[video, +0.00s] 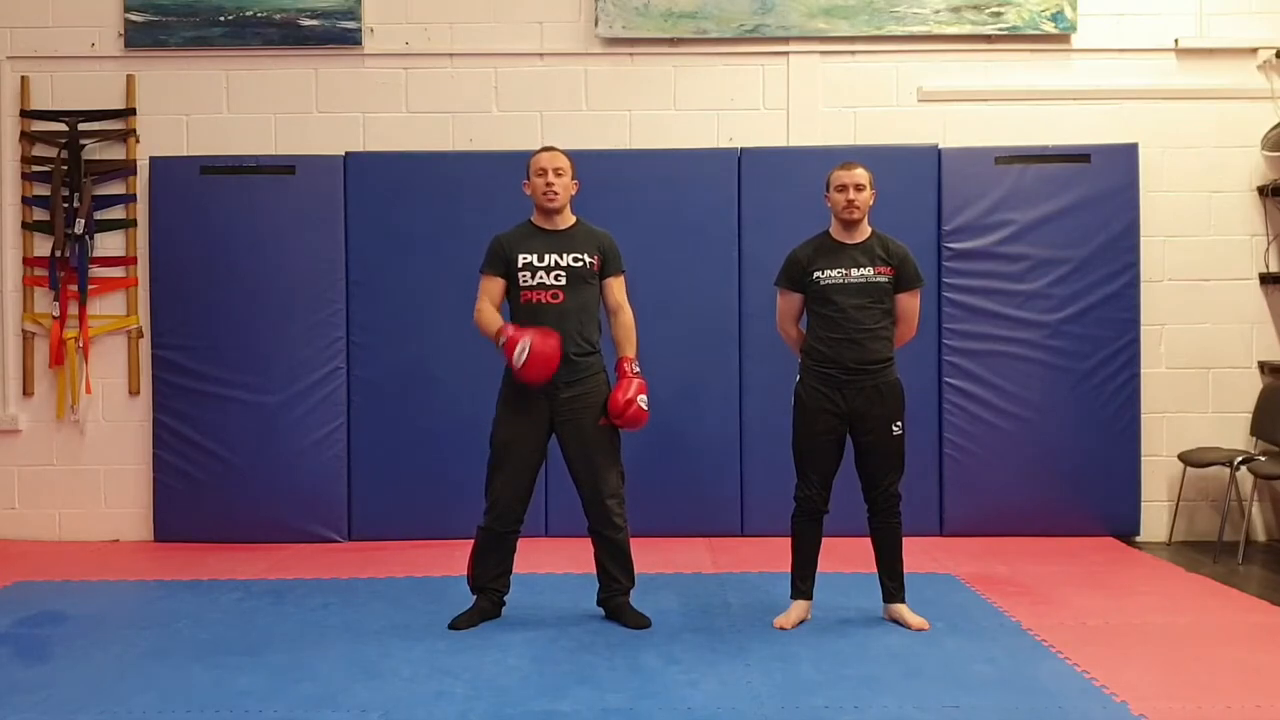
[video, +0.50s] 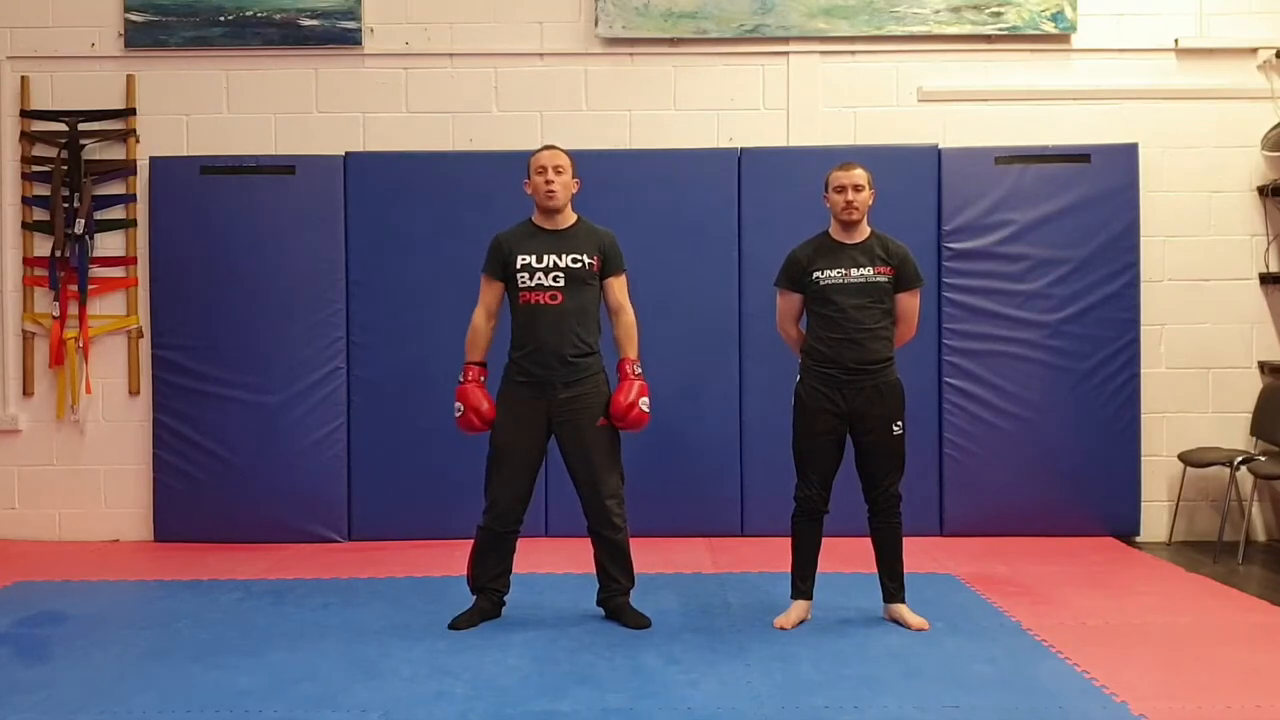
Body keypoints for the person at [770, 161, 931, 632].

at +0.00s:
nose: (850, 196)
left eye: (858, 188)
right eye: (841, 189)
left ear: (872, 195)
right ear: (828, 197)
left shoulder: (896, 256)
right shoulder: (804, 257)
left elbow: (907, 327)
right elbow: (787, 325)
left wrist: (865, 353)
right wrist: (822, 357)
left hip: (878, 392)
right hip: (819, 393)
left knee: (885, 499)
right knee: (810, 497)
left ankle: (894, 601)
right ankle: (801, 599)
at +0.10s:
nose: (850, 197)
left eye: (858, 188)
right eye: (841, 189)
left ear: (872, 196)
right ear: (828, 197)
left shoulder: (896, 256)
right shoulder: (804, 257)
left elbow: (907, 327)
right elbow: (787, 325)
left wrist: (865, 353)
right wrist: (822, 357)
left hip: (878, 392)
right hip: (819, 393)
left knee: (885, 499)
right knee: (810, 497)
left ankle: (894, 601)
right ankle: (801, 599)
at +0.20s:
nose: (849, 197)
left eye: (857, 188)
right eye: (840, 189)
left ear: (871, 196)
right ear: (827, 198)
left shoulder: (896, 256)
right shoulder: (804, 257)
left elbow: (907, 327)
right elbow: (787, 325)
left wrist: (865, 353)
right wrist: (822, 357)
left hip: (878, 392)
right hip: (819, 393)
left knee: (885, 499)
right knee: (810, 497)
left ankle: (894, 601)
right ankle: (801, 599)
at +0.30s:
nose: (849, 197)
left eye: (857, 189)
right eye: (839, 189)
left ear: (871, 196)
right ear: (827, 198)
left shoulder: (896, 256)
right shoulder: (804, 258)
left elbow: (907, 327)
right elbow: (787, 325)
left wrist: (865, 353)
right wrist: (822, 357)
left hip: (878, 392)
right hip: (819, 393)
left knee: (885, 499)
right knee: (810, 497)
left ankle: (894, 600)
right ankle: (801, 598)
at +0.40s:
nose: (848, 197)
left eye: (857, 189)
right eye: (839, 190)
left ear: (871, 195)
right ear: (827, 198)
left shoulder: (896, 256)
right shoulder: (804, 258)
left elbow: (907, 328)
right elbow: (787, 325)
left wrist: (864, 353)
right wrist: (822, 357)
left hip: (878, 392)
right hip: (819, 393)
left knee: (885, 499)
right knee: (810, 497)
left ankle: (894, 600)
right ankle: (801, 598)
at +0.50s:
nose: (849, 197)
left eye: (857, 189)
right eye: (839, 190)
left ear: (871, 196)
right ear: (827, 198)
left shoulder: (896, 256)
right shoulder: (804, 258)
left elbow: (907, 327)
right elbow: (787, 325)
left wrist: (865, 353)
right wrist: (822, 357)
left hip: (878, 392)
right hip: (819, 393)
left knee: (885, 499)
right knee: (810, 497)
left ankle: (894, 600)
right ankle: (801, 598)